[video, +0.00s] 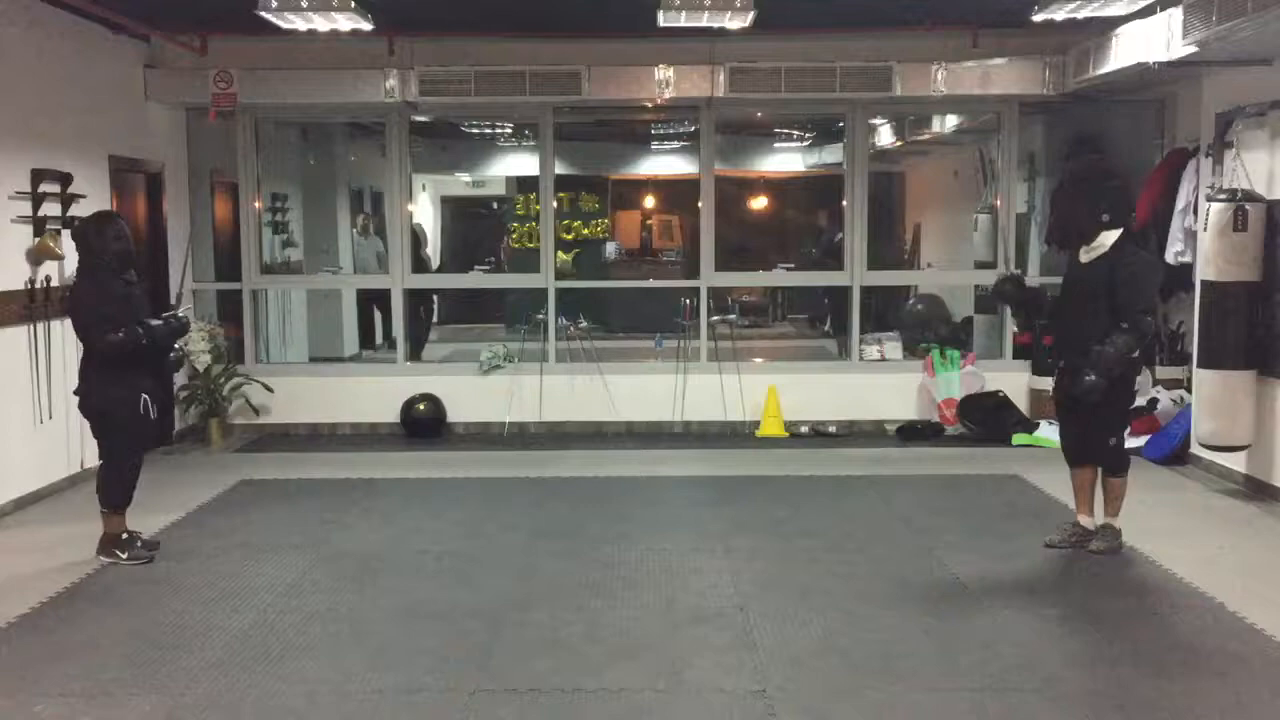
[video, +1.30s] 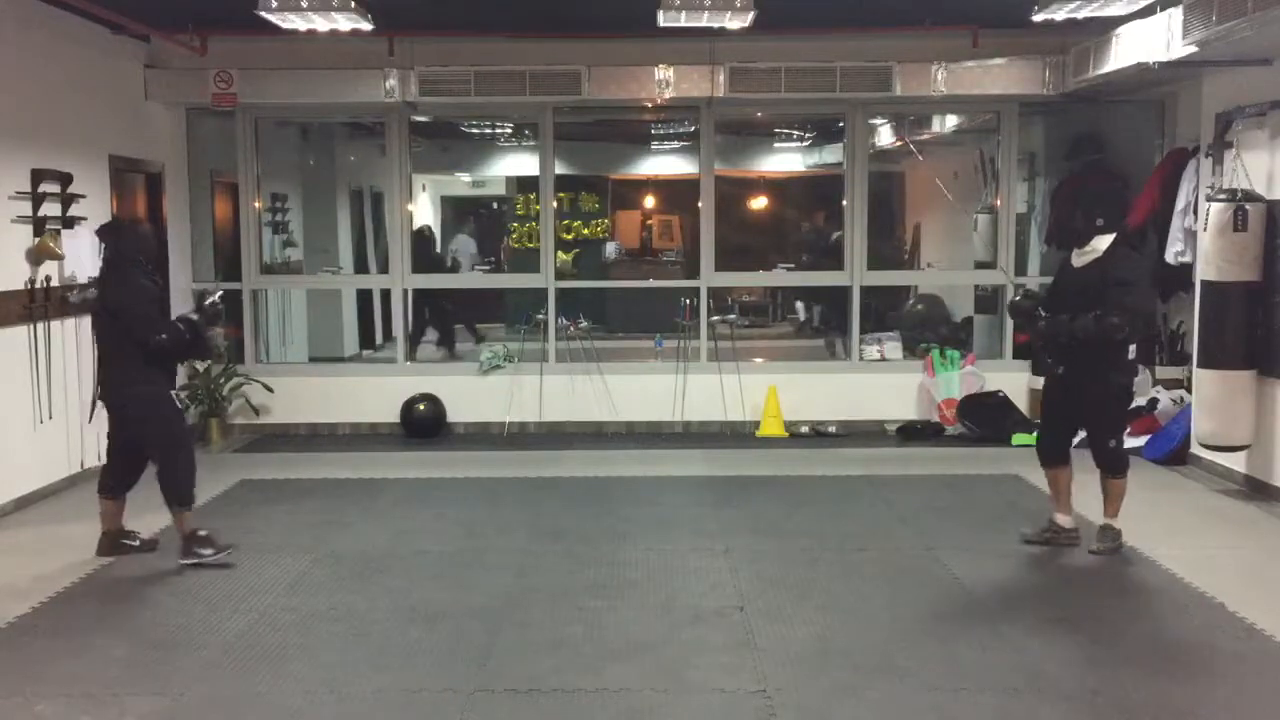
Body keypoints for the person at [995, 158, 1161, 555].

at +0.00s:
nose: (1063, 222)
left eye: (1069, 211)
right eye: (1064, 211)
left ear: (1098, 211)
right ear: (1086, 214)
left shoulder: (1131, 259)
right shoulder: (1081, 259)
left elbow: (1140, 327)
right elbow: (1066, 319)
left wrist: (1099, 369)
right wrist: (1027, 299)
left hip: (1112, 373)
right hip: (1074, 371)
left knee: (1110, 448)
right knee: (1077, 447)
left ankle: (1111, 528)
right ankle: (1083, 524)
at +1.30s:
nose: (1060, 219)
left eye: (1066, 212)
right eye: (1061, 211)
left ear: (1089, 215)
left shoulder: (1123, 261)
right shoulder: (1071, 260)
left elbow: (1127, 322)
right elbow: (1058, 309)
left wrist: (1061, 329)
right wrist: (1033, 311)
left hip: (1108, 374)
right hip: (1067, 371)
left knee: (1108, 448)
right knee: (1051, 443)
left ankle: (1110, 526)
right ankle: (1062, 523)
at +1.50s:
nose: (1049, 222)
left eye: (1057, 214)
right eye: (1051, 214)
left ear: (1077, 216)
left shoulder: (1112, 263)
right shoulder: (1058, 263)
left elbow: (1108, 325)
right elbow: (1040, 314)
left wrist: (1046, 334)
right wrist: (1014, 315)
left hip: (1096, 376)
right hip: (1053, 374)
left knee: (1103, 451)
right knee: (1025, 440)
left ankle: (1109, 526)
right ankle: (1004, 518)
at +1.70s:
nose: (1026, 237)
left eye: (1032, 228)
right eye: (1023, 229)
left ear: (1052, 226)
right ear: (1024, 230)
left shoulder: (1086, 269)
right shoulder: (1028, 276)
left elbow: (1083, 327)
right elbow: (1011, 335)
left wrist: (1032, 337)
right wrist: (992, 329)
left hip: (1074, 375)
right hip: (1032, 375)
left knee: (1087, 450)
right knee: (1005, 444)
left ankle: (1107, 525)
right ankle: (979, 522)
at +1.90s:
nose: (978, 235)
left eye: (984, 226)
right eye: (979, 227)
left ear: (1007, 227)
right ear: (1003, 229)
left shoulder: (1043, 265)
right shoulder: (992, 274)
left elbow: (1046, 324)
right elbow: (987, 325)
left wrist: (991, 339)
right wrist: (959, 330)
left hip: (1041, 375)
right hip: (1002, 375)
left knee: (1059, 448)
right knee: (979, 442)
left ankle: (1098, 520)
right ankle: (975, 524)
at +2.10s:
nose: (954, 229)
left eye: (959, 220)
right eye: (954, 221)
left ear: (980, 221)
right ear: (982, 221)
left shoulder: (1018, 261)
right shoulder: (967, 264)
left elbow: (1027, 322)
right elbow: (951, 312)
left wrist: (980, 352)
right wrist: (914, 317)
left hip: (1013, 369)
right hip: (974, 368)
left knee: (1018, 445)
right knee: (970, 444)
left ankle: (1068, 510)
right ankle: (976, 524)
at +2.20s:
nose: (946, 228)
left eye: (952, 220)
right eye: (946, 220)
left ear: (974, 221)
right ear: (975, 221)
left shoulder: (1011, 266)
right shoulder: (955, 265)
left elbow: (1016, 328)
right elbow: (930, 306)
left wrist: (999, 372)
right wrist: (892, 320)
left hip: (999, 372)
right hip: (964, 371)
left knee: (995, 447)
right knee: (968, 447)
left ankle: (1033, 509)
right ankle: (975, 523)